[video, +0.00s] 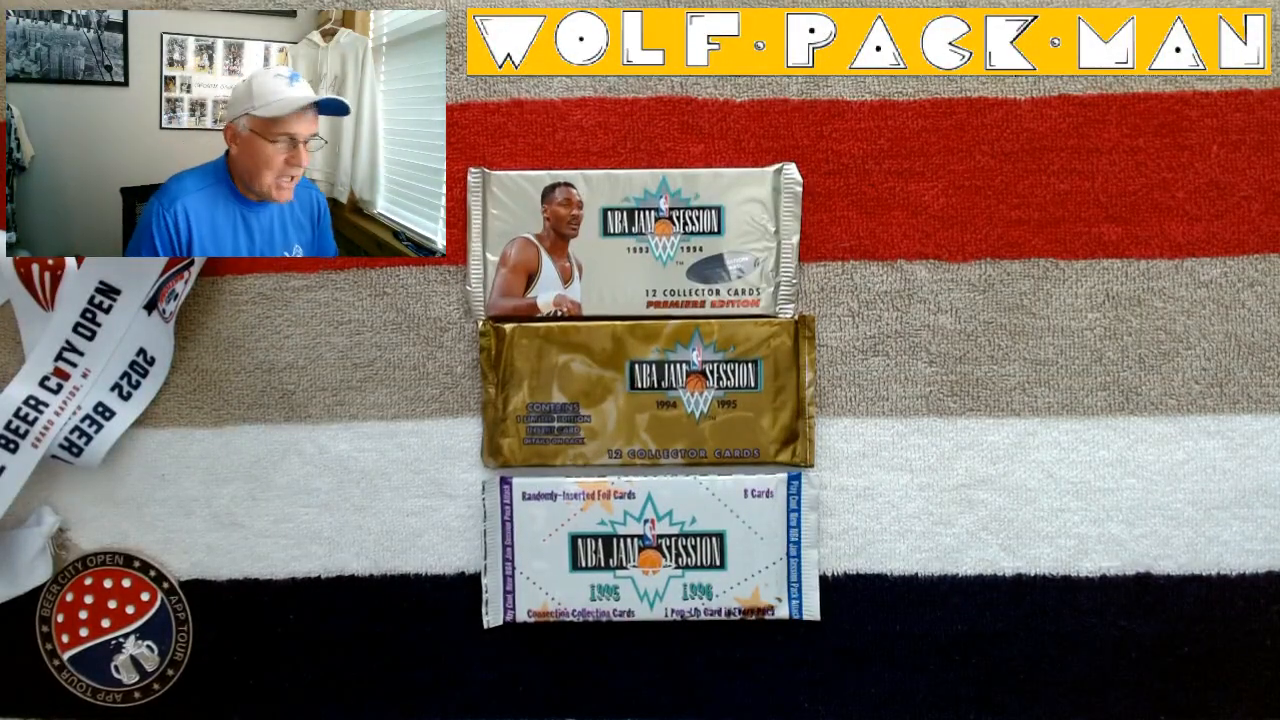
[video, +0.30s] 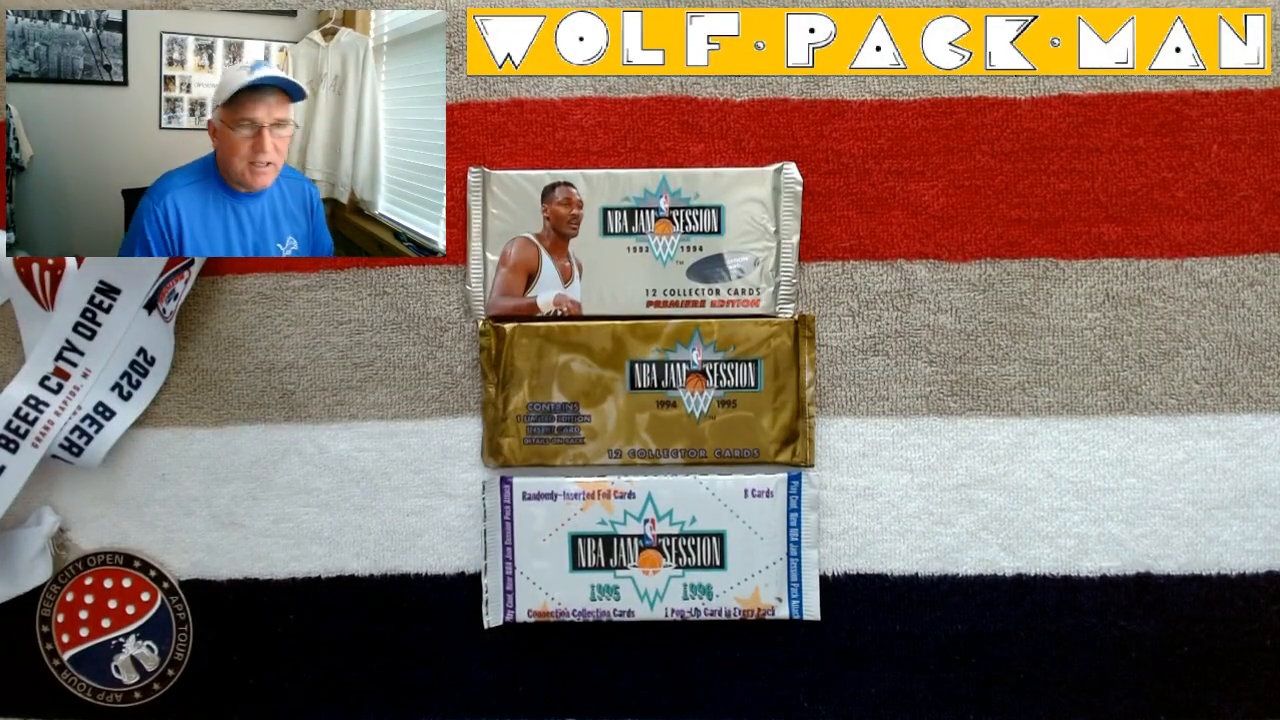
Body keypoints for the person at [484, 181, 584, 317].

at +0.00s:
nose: (576, 213)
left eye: (580, 207)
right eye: (566, 205)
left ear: (583, 211)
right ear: (545, 211)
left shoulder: (575, 266)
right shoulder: (521, 250)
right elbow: (495, 308)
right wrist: (550, 301)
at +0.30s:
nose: (576, 213)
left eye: (580, 206)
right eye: (566, 205)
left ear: (583, 211)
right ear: (545, 210)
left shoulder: (575, 265)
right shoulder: (520, 249)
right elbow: (495, 307)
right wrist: (550, 301)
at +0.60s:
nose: (576, 213)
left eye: (580, 207)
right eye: (566, 205)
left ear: (583, 211)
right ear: (545, 211)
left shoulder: (575, 265)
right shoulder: (520, 250)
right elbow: (495, 307)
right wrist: (550, 301)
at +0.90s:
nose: (576, 213)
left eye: (580, 207)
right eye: (566, 205)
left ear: (583, 211)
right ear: (546, 211)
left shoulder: (575, 265)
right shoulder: (520, 250)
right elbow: (495, 307)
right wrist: (550, 301)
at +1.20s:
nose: (576, 213)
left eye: (580, 206)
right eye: (566, 205)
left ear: (583, 211)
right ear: (545, 211)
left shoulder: (575, 265)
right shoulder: (521, 249)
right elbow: (495, 307)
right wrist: (550, 301)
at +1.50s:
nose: (576, 213)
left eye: (580, 206)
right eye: (566, 205)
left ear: (583, 211)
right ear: (545, 211)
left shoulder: (575, 265)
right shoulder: (521, 249)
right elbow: (495, 307)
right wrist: (550, 301)